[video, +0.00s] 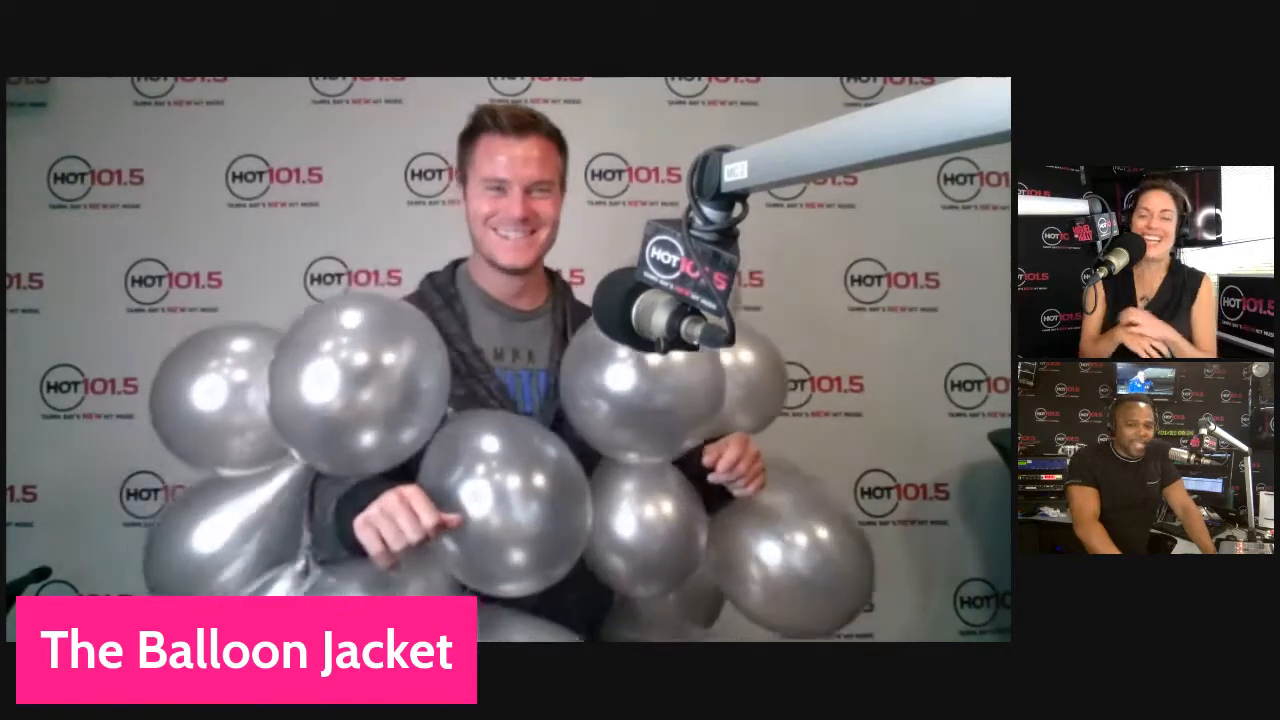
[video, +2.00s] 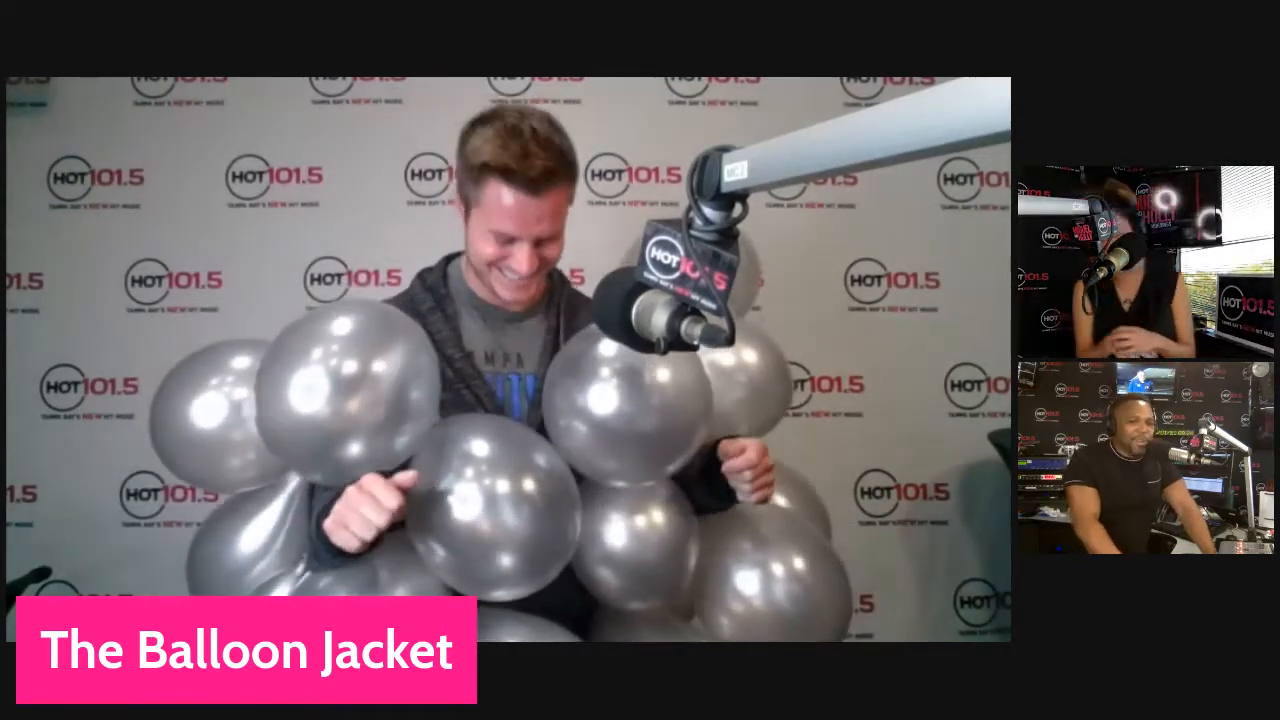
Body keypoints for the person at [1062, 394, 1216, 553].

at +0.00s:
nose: (1142, 433)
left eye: (1148, 426)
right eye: (1132, 425)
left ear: (1154, 429)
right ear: (1113, 428)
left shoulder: (1157, 458)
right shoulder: (1087, 461)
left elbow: (1186, 508)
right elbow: (1086, 525)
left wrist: (1210, 552)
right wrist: (1120, 560)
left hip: (1141, 554)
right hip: (1097, 556)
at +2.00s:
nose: (1143, 429)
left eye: (1149, 422)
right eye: (1133, 422)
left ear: (1154, 426)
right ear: (1112, 426)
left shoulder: (1157, 457)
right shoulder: (1086, 460)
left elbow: (1186, 507)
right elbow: (1086, 524)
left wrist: (1210, 553)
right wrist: (1120, 564)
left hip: (1142, 558)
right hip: (1097, 561)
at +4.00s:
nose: (1142, 432)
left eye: (1148, 424)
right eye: (1132, 424)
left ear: (1154, 428)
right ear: (1112, 427)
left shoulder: (1158, 457)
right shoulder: (1088, 460)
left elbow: (1187, 507)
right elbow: (1087, 524)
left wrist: (1210, 552)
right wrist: (1119, 560)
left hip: (1143, 554)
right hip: (1099, 555)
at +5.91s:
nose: (1142, 433)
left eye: (1148, 425)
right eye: (1131, 425)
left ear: (1153, 428)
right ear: (1112, 427)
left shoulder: (1157, 458)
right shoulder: (1087, 460)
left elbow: (1187, 508)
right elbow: (1086, 524)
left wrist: (1211, 552)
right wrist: (1118, 561)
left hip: (1143, 556)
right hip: (1099, 556)